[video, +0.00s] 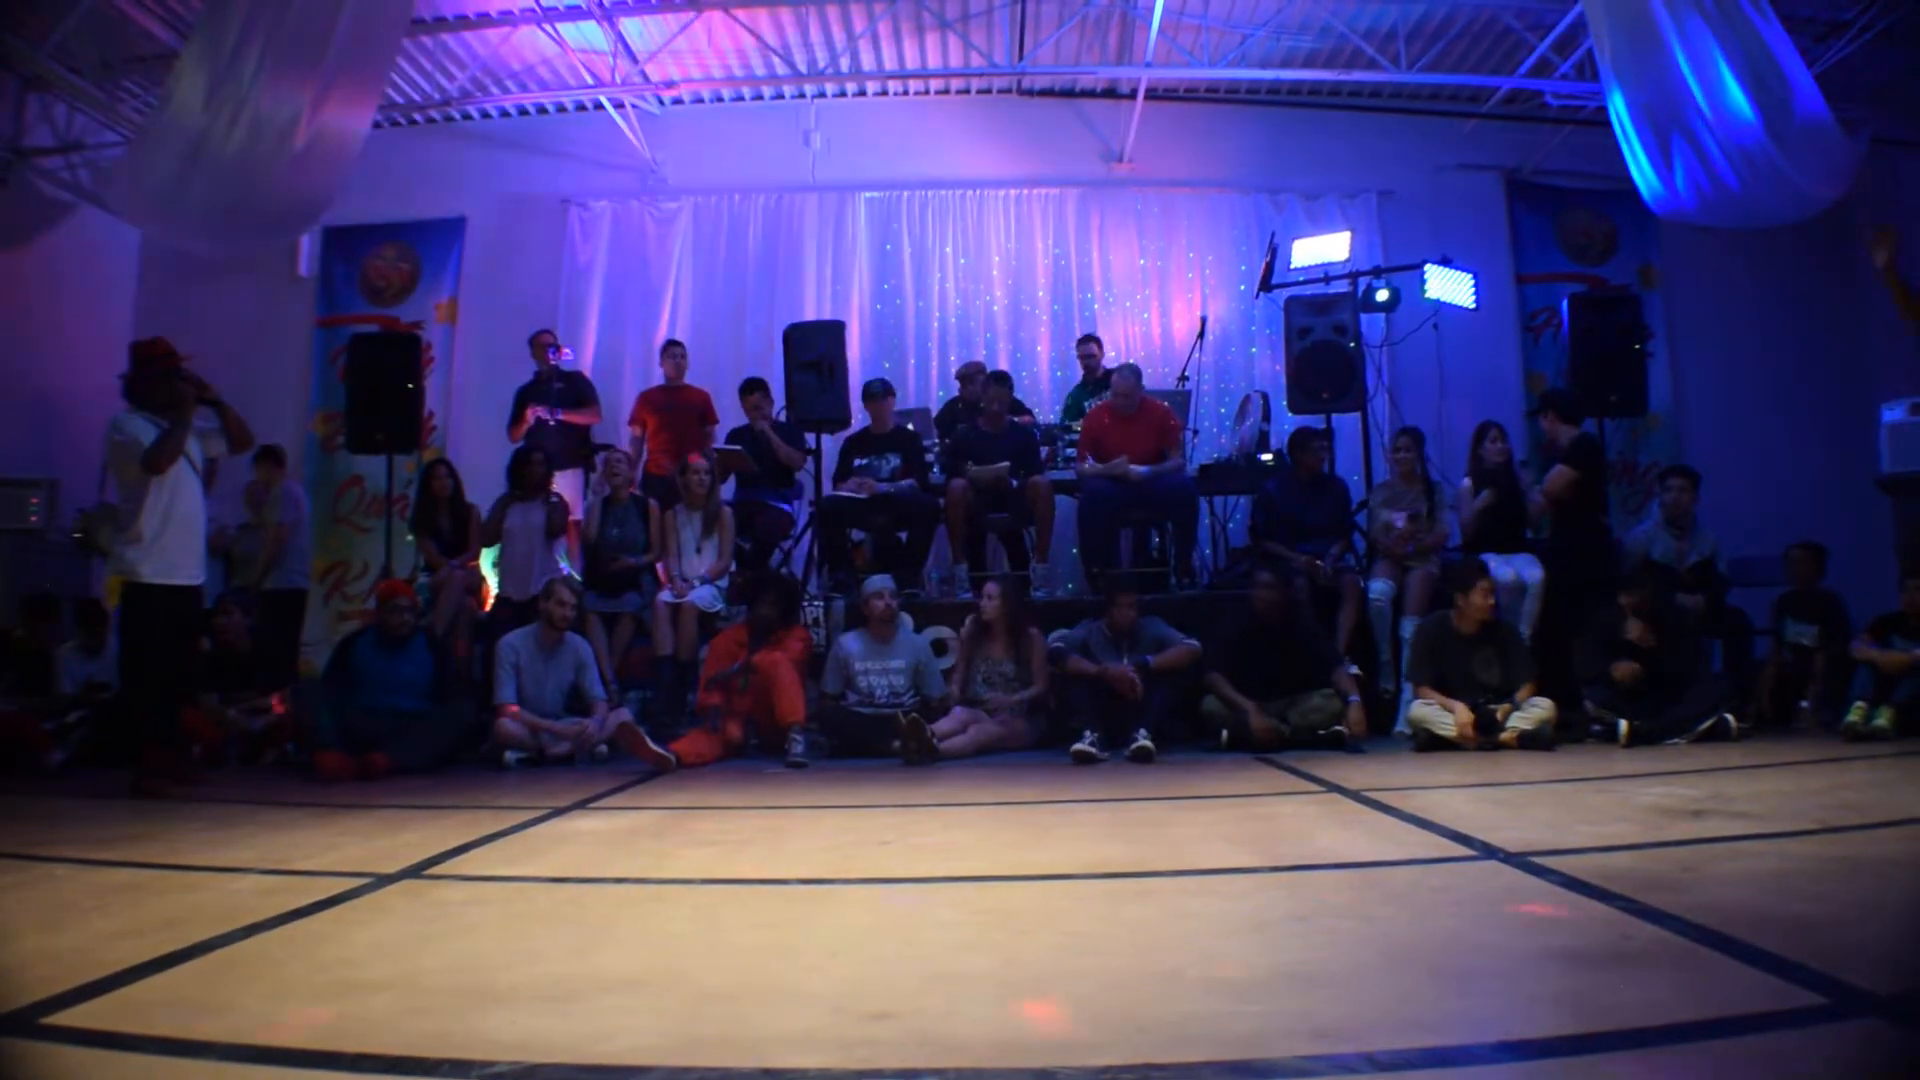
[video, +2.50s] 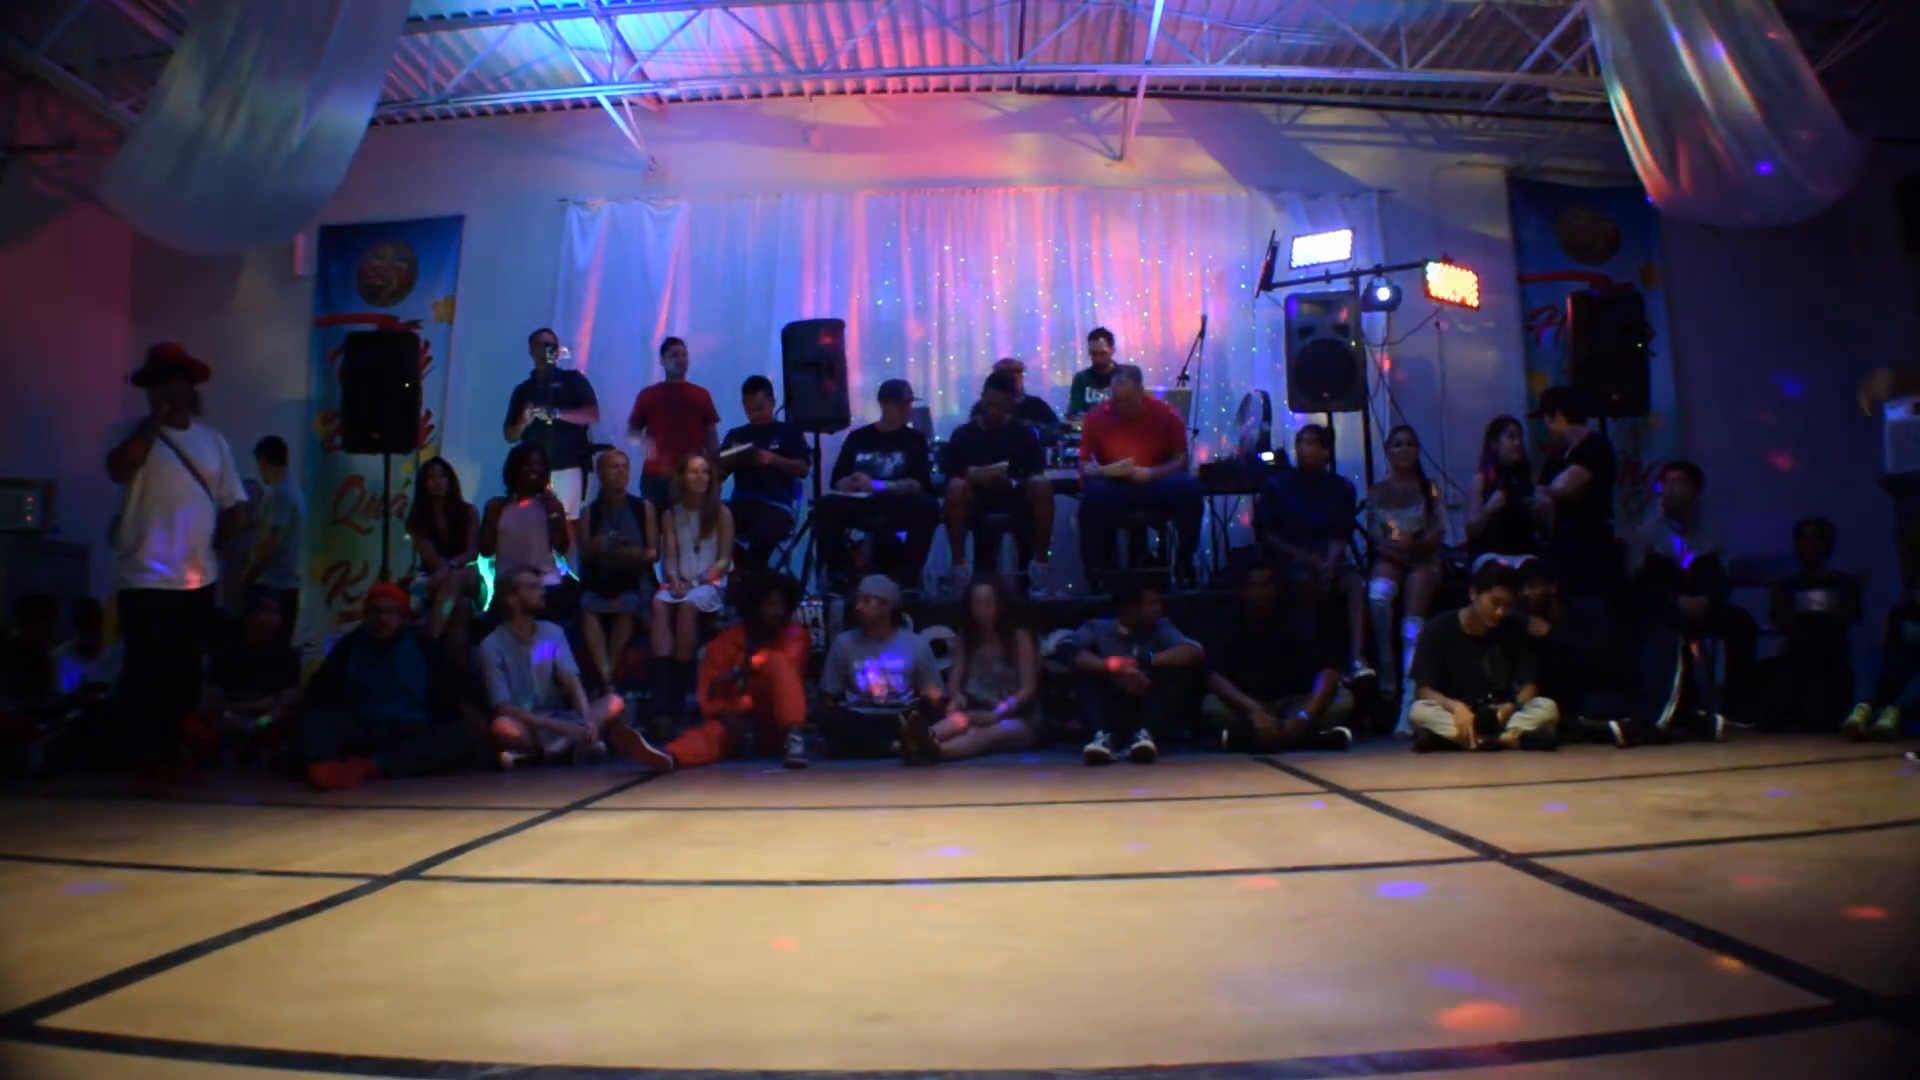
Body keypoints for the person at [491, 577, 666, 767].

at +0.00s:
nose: (567, 613)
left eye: (572, 608)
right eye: (561, 605)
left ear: (577, 611)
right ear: (542, 604)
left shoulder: (579, 646)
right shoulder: (512, 645)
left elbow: (600, 703)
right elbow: (508, 709)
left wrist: (595, 725)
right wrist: (556, 728)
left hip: (568, 722)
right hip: (530, 723)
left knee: (622, 716)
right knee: (504, 728)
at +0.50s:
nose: (567, 613)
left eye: (572, 607)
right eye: (561, 604)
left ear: (576, 610)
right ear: (542, 605)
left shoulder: (578, 647)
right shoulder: (509, 645)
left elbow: (598, 702)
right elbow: (504, 708)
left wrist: (593, 725)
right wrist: (555, 729)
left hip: (566, 722)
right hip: (528, 723)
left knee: (622, 716)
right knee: (502, 728)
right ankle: (576, 748)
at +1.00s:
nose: (570, 611)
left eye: (573, 604)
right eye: (562, 603)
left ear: (577, 607)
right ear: (541, 606)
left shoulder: (578, 647)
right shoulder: (509, 645)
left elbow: (598, 701)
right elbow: (504, 707)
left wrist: (593, 724)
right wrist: (556, 729)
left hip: (564, 723)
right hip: (527, 723)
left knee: (623, 716)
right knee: (502, 728)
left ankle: (546, 753)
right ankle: (578, 748)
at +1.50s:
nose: (574, 609)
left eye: (575, 603)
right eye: (567, 603)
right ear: (543, 607)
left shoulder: (579, 647)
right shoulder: (509, 645)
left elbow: (598, 701)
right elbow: (505, 709)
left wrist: (593, 725)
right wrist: (556, 729)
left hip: (564, 722)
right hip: (527, 722)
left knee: (622, 716)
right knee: (501, 727)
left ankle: (560, 750)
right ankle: (577, 747)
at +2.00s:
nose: (566, 594)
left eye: (563, 588)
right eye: (559, 589)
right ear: (539, 602)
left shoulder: (565, 635)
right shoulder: (506, 643)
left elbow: (587, 684)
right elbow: (505, 707)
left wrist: (590, 719)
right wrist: (557, 729)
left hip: (562, 718)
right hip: (527, 721)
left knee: (622, 715)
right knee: (503, 728)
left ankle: (554, 752)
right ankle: (580, 747)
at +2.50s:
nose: (542, 591)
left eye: (540, 586)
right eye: (533, 587)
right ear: (511, 599)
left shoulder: (553, 632)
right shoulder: (492, 645)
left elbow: (571, 679)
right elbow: (502, 705)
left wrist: (588, 721)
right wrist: (562, 728)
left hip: (559, 712)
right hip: (523, 717)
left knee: (614, 702)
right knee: (501, 726)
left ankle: (553, 749)